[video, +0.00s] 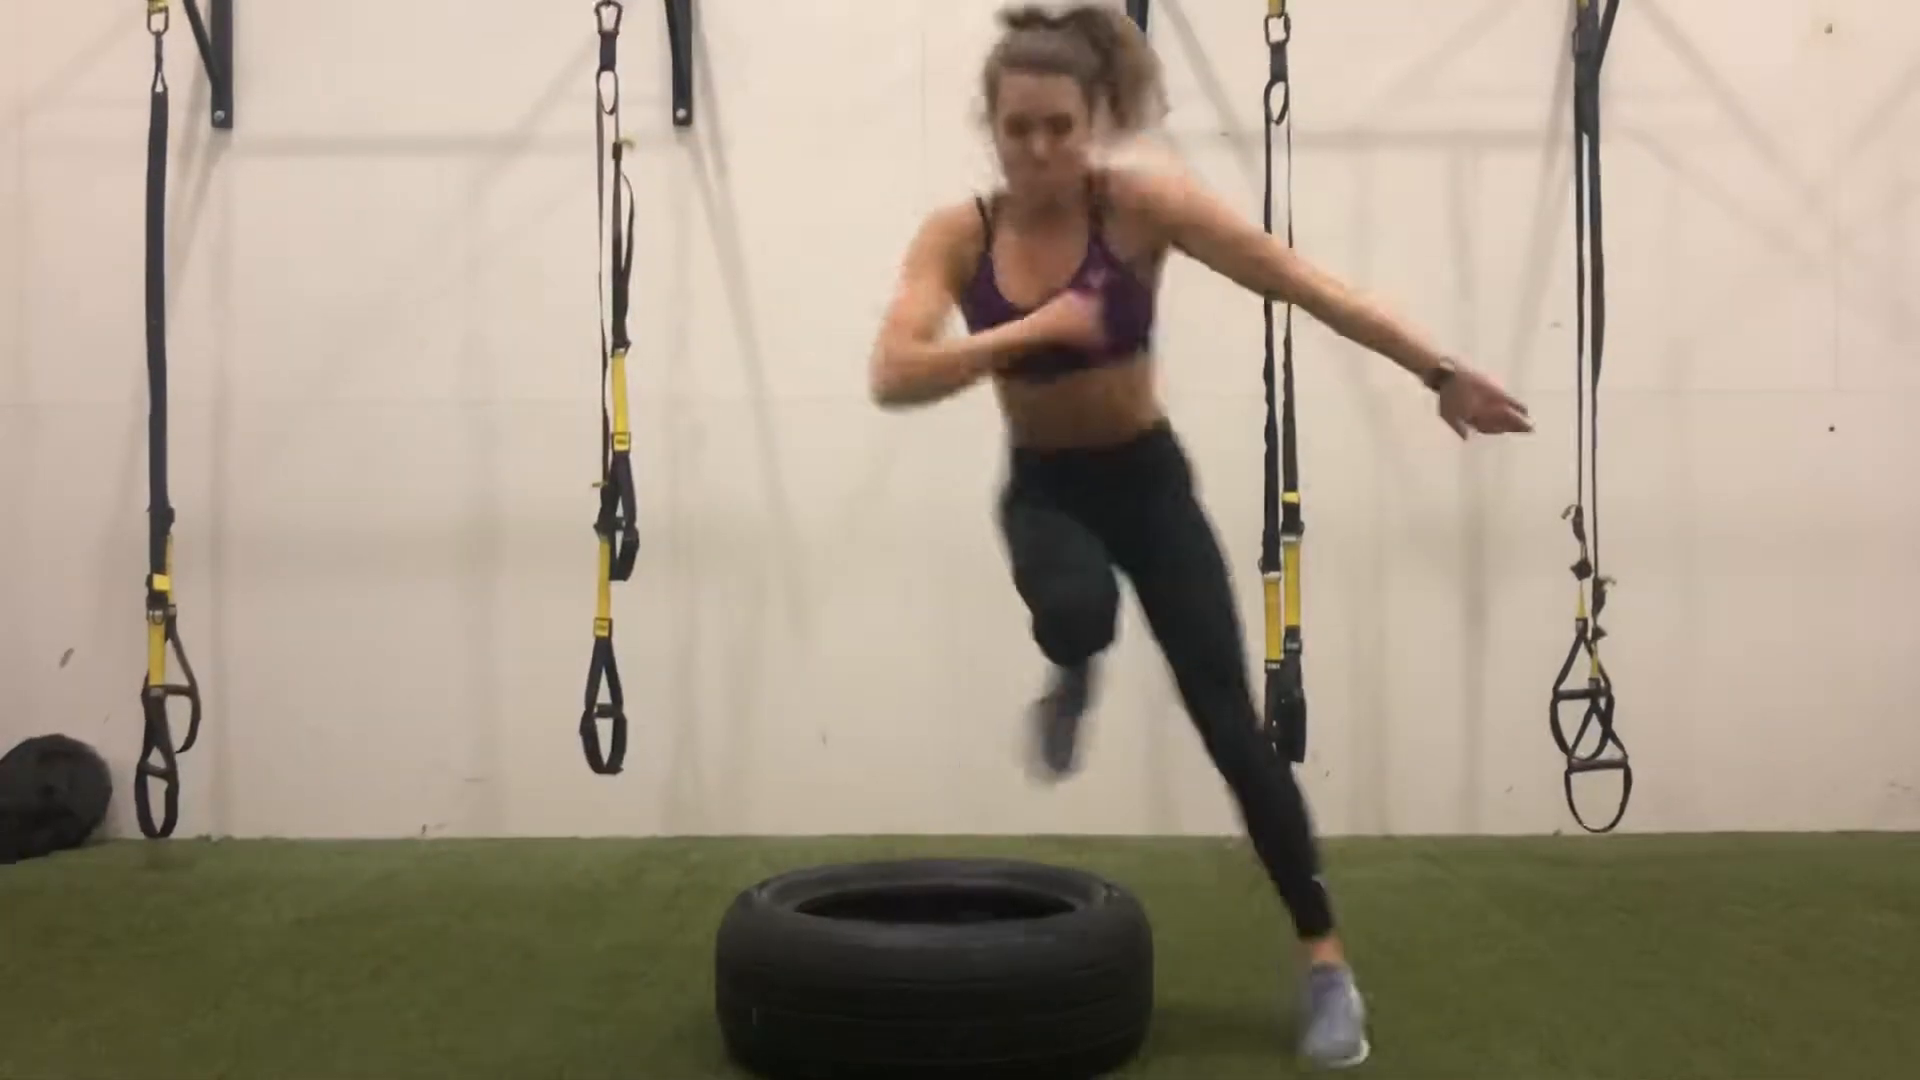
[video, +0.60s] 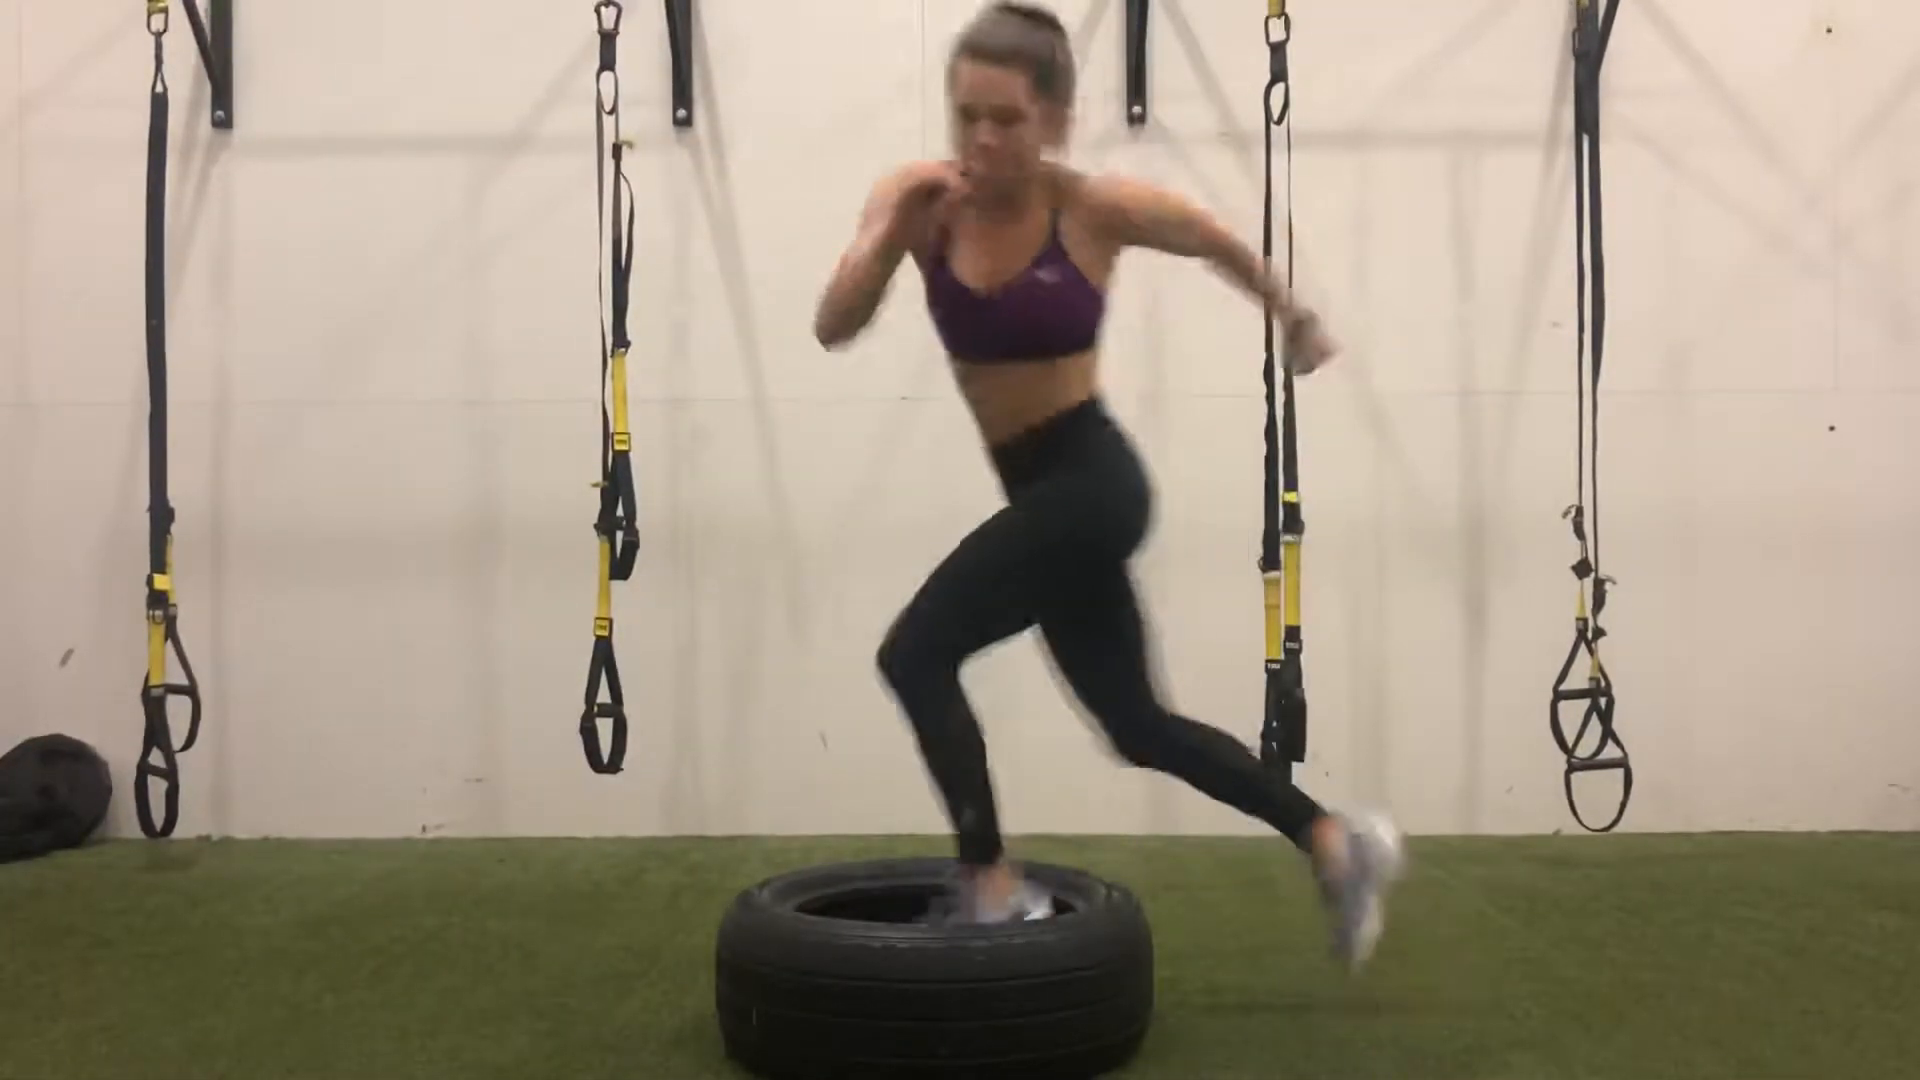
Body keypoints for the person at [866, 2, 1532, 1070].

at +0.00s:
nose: (1034, 149)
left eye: (1056, 127)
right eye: (1016, 127)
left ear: (1098, 123)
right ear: (991, 123)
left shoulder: (1145, 205)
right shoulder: (960, 231)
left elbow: (1303, 286)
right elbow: (893, 377)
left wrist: (1441, 371)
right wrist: (1032, 330)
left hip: (1145, 477)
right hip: (1043, 486)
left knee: (1230, 730)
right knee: (1077, 620)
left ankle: (1325, 960)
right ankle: (1070, 682)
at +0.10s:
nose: (1051, 165)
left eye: (1070, 145)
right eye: (1032, 146)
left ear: (1113, 142)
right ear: (1011, 147)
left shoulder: (1181, 222)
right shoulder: (992, 268)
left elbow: (1307, 293)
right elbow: (1000, 431)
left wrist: (1401, 388)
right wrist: (1075, 335)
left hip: (1222, 494)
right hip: (1121, 518)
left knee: (1285, 744)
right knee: (1122, 729)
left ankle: (1348, 971)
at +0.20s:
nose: (1062, 148)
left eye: (1085, 124)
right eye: (1045, 128)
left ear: (1135, 121)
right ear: (1027, 131)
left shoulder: (1205, 207)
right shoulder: (1017, 259)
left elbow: (1282, 315)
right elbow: (1017, 395)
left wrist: (1302, 435)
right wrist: (1067, 428)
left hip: (1246, 482)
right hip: (1150, 506)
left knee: (1289, 734)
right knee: (1207, 752)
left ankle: (1347, 963)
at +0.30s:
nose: (1077, 174)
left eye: (1098, 151)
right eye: (1061, 153)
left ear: (1149, 143)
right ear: (1043, 150)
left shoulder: (1218, 224)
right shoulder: (1034, 271)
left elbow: (1307, 321)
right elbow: (981, 391)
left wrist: (1317, 453)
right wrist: (978, 485)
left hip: (1256, 489)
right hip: (1158, 517)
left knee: (1230, 727)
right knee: (1231, 749)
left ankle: (1348, 938)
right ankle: (1400, 919)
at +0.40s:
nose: (1076, 234)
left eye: (1097, 213)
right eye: (1061, 214)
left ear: (1148, 208)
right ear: (1045, 212)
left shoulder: (1211, 286)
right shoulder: (1038, 322)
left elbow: (1347, 339)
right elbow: (943, 393)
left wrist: (1412, 438)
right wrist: (891, 419)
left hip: (1256, 541)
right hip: (1173, 562)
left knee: (1087, 649)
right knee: (1264, 791)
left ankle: (1269, 802)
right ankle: (1433, 945)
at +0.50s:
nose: (1028, 197)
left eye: (1050, 175)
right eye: (1013, 175)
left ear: (1102, 175)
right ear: (998, 174)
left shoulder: (1146, 252)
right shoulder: (982, 263)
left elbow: (1301, 255)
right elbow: (830, 329)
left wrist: (1397, 322)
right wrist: (887, 256)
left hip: (1177, 506)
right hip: (1106, 524)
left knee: (969, 569)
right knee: (1240, 756)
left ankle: (1070, 789)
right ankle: (1414, 928)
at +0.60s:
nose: (982, 139)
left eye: (1006, 118)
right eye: (969, 116)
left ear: (1054, 119)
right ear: (950, 112)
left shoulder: (1094, 207)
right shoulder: (918, 198)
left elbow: (1213, 244)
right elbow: (834, 330)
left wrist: (1296, 321)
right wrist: (893, 242)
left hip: (1095, 483)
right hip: (1036, 495)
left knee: (914, 654)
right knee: (1138, 730)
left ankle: (988, 882)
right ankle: (1332, 843)